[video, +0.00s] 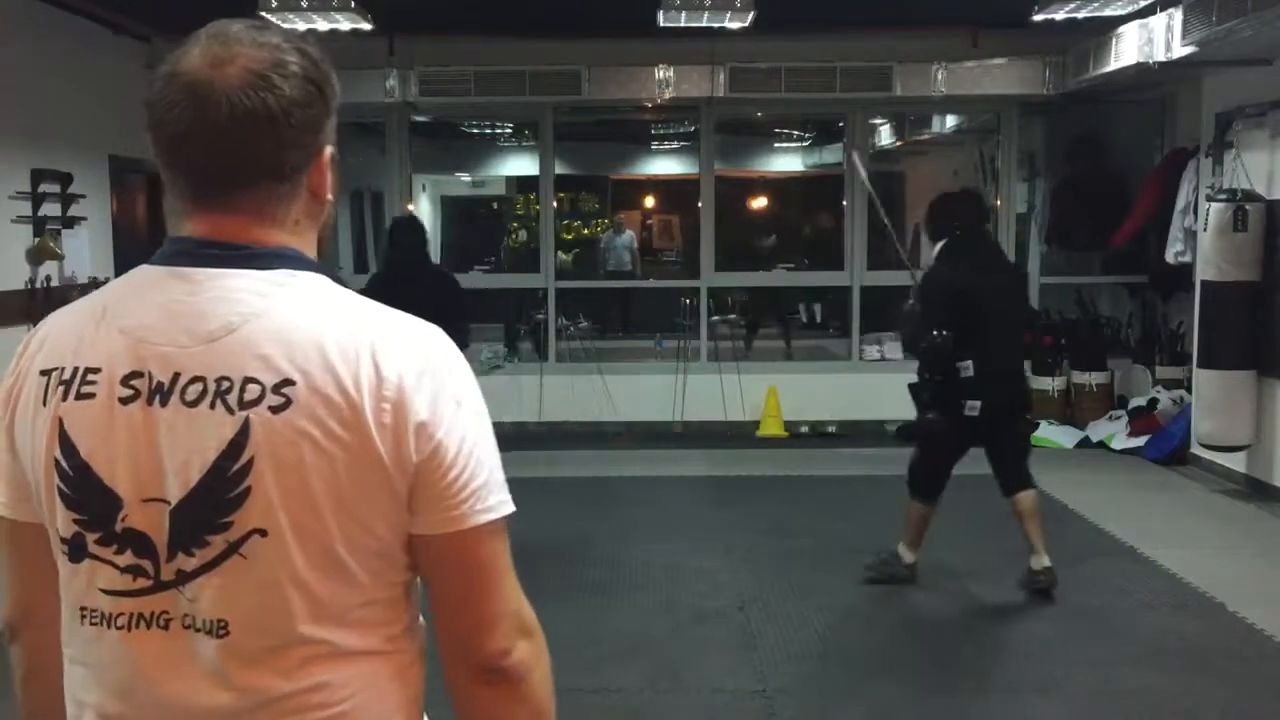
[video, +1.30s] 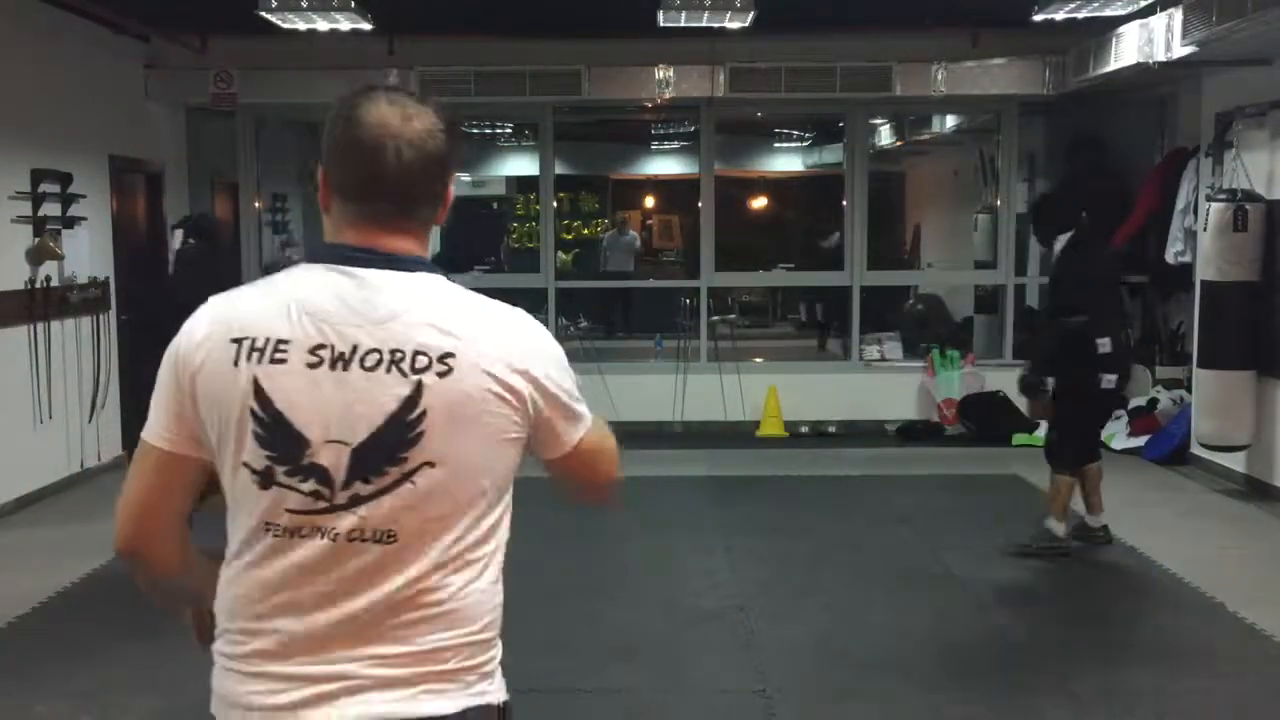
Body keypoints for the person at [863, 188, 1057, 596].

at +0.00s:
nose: (927, 238)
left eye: (930, 231)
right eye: (928, 231)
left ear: (944, 230)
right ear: (978, 225)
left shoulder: (944, 273)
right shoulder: (1006, 267)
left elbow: (934, 343)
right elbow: (1023, 328)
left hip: (959, 397)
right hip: (1009, 392)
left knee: (926, 477)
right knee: (1016, 476)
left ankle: (906, 557)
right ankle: (1042, 562)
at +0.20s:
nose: (964, 230)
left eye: (967, 224)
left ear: (974, 225)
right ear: (1016, 222)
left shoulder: (965, 272)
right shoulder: (1044, 269)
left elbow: (951, 340)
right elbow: (1064, 331)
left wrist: (946, 390)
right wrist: (1045, 367)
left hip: (980, 387)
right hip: (1035, 388)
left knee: (959, 463)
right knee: (1037, 472)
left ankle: (953, 542)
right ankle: (1043, 563)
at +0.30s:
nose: (983, 227)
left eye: (983, 220)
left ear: (985, 223)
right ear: (1027, 221)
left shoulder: (971, 271)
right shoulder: (1056, 269)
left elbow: (954, 339)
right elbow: (1080, 329)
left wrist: (949, 389)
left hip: (992, 384)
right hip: (1044, 383)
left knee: (981, 461)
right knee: (1041, 469)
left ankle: (988, 536)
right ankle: (1042, 560)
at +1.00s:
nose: (1012, 229)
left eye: (1013, 222)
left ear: (1018, 223)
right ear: (1055, 217)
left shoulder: (1011, 266)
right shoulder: (1082, 257)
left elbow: (993, 322)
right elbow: (1105, 313)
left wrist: (989, 363)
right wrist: (1099, 361)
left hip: (1030, 368)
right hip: (1075, 364)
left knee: (1021, 446)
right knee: (1064, 437)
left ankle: (1028, 533)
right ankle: (1086, 521)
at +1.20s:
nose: (1024, 232)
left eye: (1028, 224)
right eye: (1025, 223)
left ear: (1045, 223)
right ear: (1075, 220)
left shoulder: (1054, 261)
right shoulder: (1096, 254)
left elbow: (1042, 326)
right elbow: (1112, 320)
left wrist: (1010, 376)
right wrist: (1107, 377)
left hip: (1062, 368)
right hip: (1095, 366)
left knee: (1040, 448)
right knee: (1076, 443)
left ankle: (1031, 531)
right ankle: (1094, 521)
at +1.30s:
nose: (1041, 235)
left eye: (1046, 228)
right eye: (1042, 228)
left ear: (1068, 219)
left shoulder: (1076, 257)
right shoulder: (1092, 253)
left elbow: (1065, 322)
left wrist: (1037, 375)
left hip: (1083, 367)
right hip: (1096, 365)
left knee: (1064, 447)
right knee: (1082, 445)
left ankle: (1055, 529)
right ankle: (1094, 520)